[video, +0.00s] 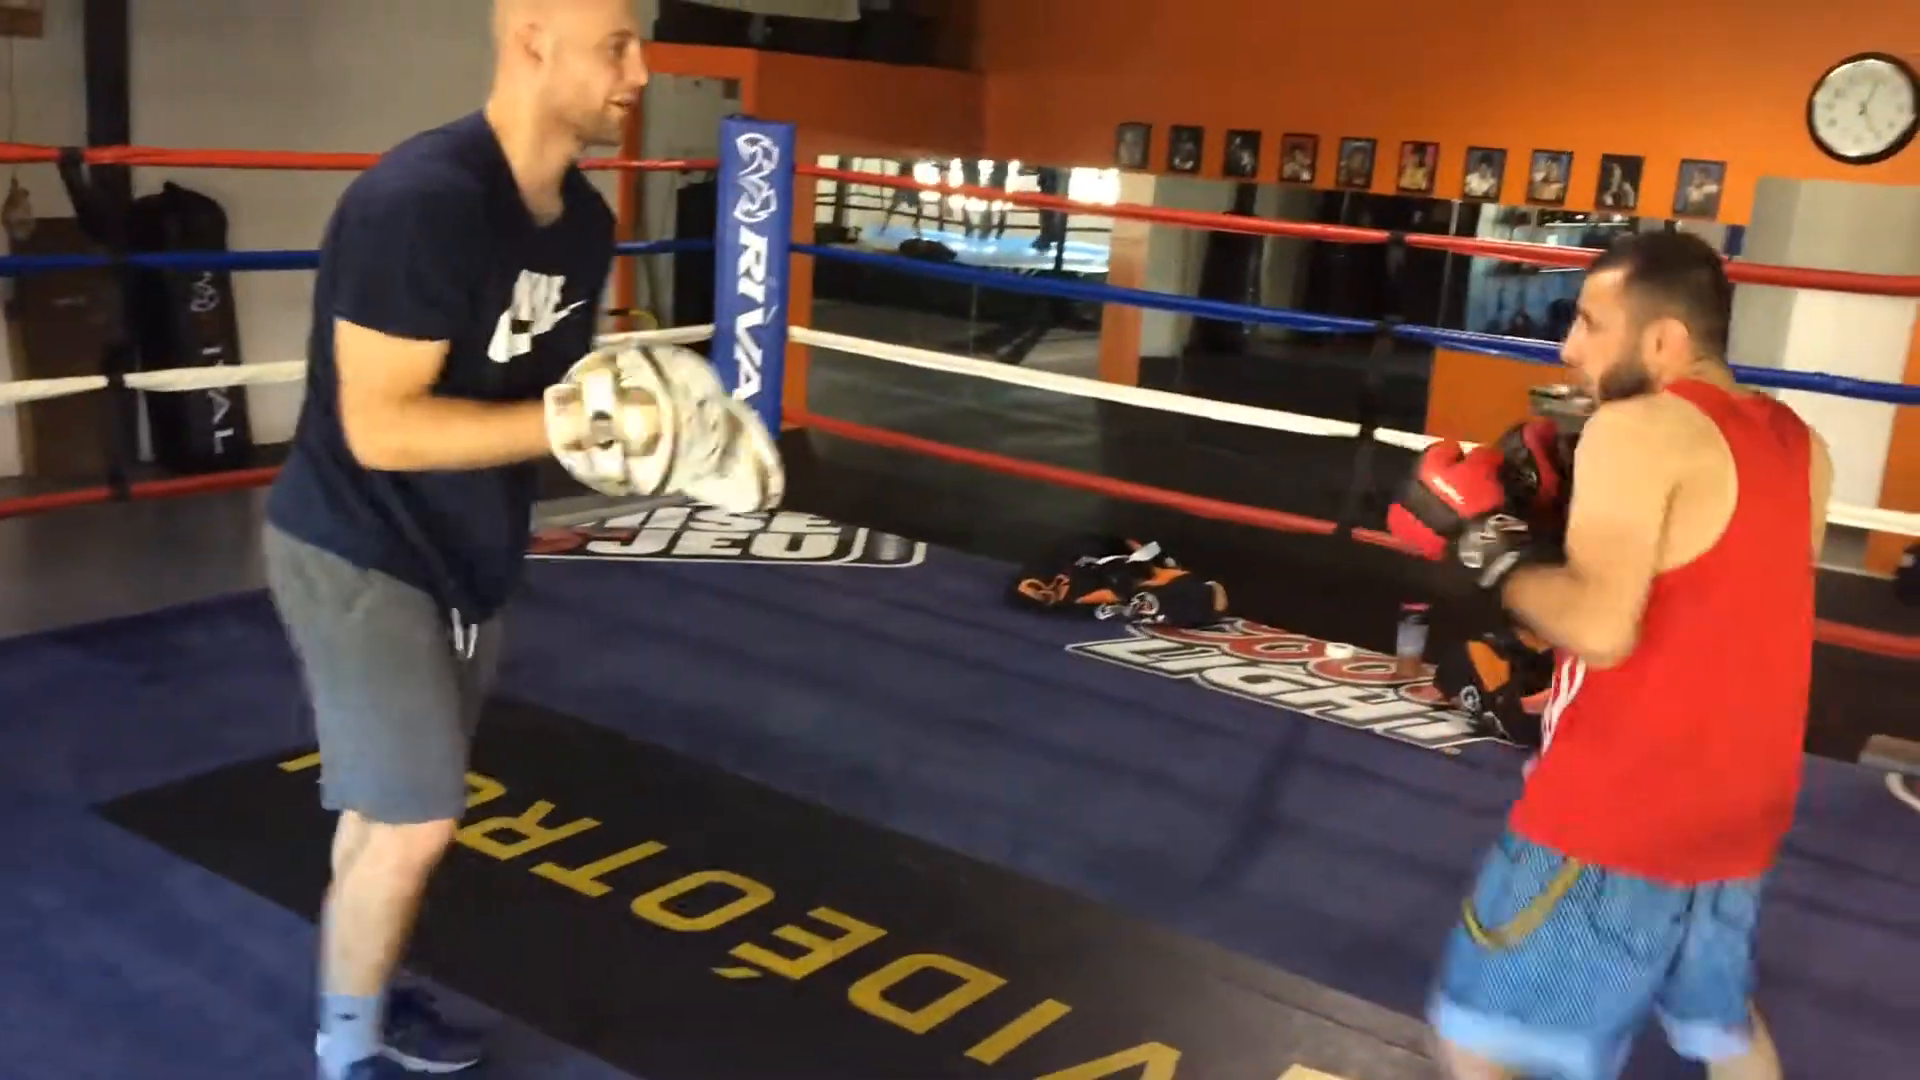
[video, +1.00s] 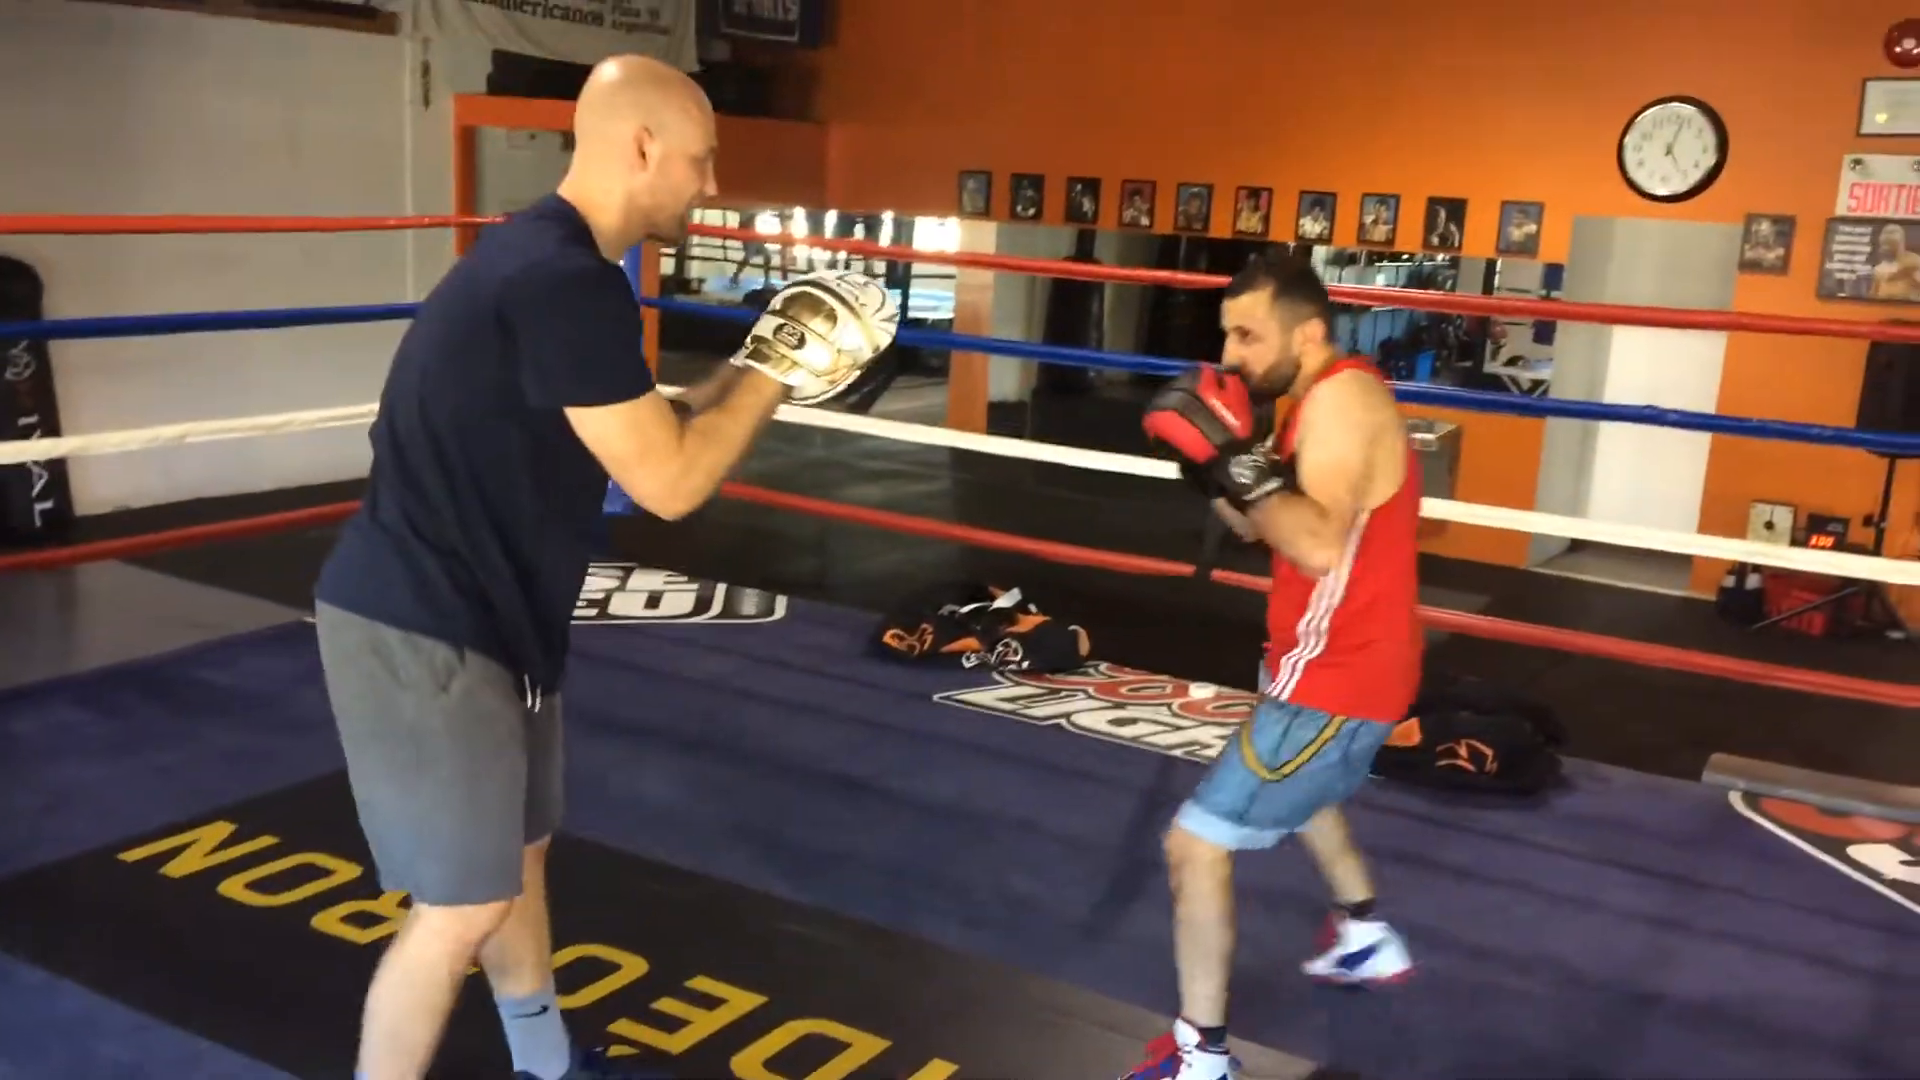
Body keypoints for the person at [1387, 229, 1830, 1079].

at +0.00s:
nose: (1569, 348)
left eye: (1591, 324)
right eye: (1576, 321)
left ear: (1667, 340)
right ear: (1682, 342)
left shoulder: (1635, 430)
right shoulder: (1798, 442)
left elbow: (1599, 622)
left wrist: (1493, 549)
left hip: (1619, 806)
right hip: (1743, 803)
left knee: (1480, 1037)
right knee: (1719, 1022)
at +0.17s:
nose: (1496, 319)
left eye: (1520, 298)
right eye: (1502, 295)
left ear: (1596, 313)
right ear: (1600, 315)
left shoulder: (1593, 399)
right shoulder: (1683, 391)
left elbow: (1601, 582)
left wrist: (1470, 513)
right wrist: (1507, 447)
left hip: (1568, 753)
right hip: (1681, 764)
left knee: (1383, 905)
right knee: (1683, 985)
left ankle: (1379, 1072)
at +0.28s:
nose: (1403, 336)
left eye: (1423, 317)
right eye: (1406, 314)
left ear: (1491, 322)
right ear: (1501, 321)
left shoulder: (1506, 421)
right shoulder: (1577, 401)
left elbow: (1493, 603)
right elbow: (1531, 539)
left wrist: (1387, 520)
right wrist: (1412, 501)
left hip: (1500, 743)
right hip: (1602, 743)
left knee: (1349, 879)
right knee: (1605, 946)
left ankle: (1286, 1051)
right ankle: (1668, 1077)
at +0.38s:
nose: (1321, 349)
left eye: (1341, 329)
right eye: (1325, 326)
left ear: (1410, 338)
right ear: (1423, 335)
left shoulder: (1424, 438)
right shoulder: (1506, 383)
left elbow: (1388, 620)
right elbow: (1453, 530)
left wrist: (1295, 534)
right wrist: (1342, 490)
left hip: (1440, 716)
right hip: (1538, 710)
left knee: (1295, 857)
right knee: (1525, 886)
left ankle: (1260, 1048)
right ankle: (1606, 1060)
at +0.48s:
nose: (1283, 339)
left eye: (1300, 322)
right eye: (1285, 318)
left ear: (1366, 327)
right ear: (1382, 321)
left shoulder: (1381, 421)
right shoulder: (1463, 359)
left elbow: (1327, 595)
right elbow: (1409, 500)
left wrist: (1253, 501)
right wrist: (1302, 459)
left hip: (1418, 687)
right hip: (1507, 676)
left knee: (1285, 847)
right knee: (1477, 826)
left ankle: (1251, 1045)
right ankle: (1529, 1011)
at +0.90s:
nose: (1259, 340)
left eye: (1274, 321)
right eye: (1255, 321)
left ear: (1336, 316)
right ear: (1322, 319)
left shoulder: (1379, 398)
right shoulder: (1341, 389)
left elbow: (1370, 551)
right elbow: (1320, 534)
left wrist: (1284, 473)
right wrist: (1255, 473)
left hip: (1363, 665)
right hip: (1377, 654)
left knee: (1226, 830)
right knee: (1367, 799)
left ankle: (1214, 1041)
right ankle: (1412, 942)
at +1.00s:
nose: (1232, 355)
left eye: (1248, 336)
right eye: (1229, 336)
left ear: (1308, 332)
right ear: (1297, 338)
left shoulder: (1342, 402)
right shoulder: (1310, 399)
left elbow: (1323, 546)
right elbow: (1269, 528)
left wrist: (1241, 460)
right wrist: (1223, 473)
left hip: (1336, 688)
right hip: (1340, 676)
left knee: (1197, 845)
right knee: (1304, 791)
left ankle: (1200, 1050)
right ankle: (1365, 931)